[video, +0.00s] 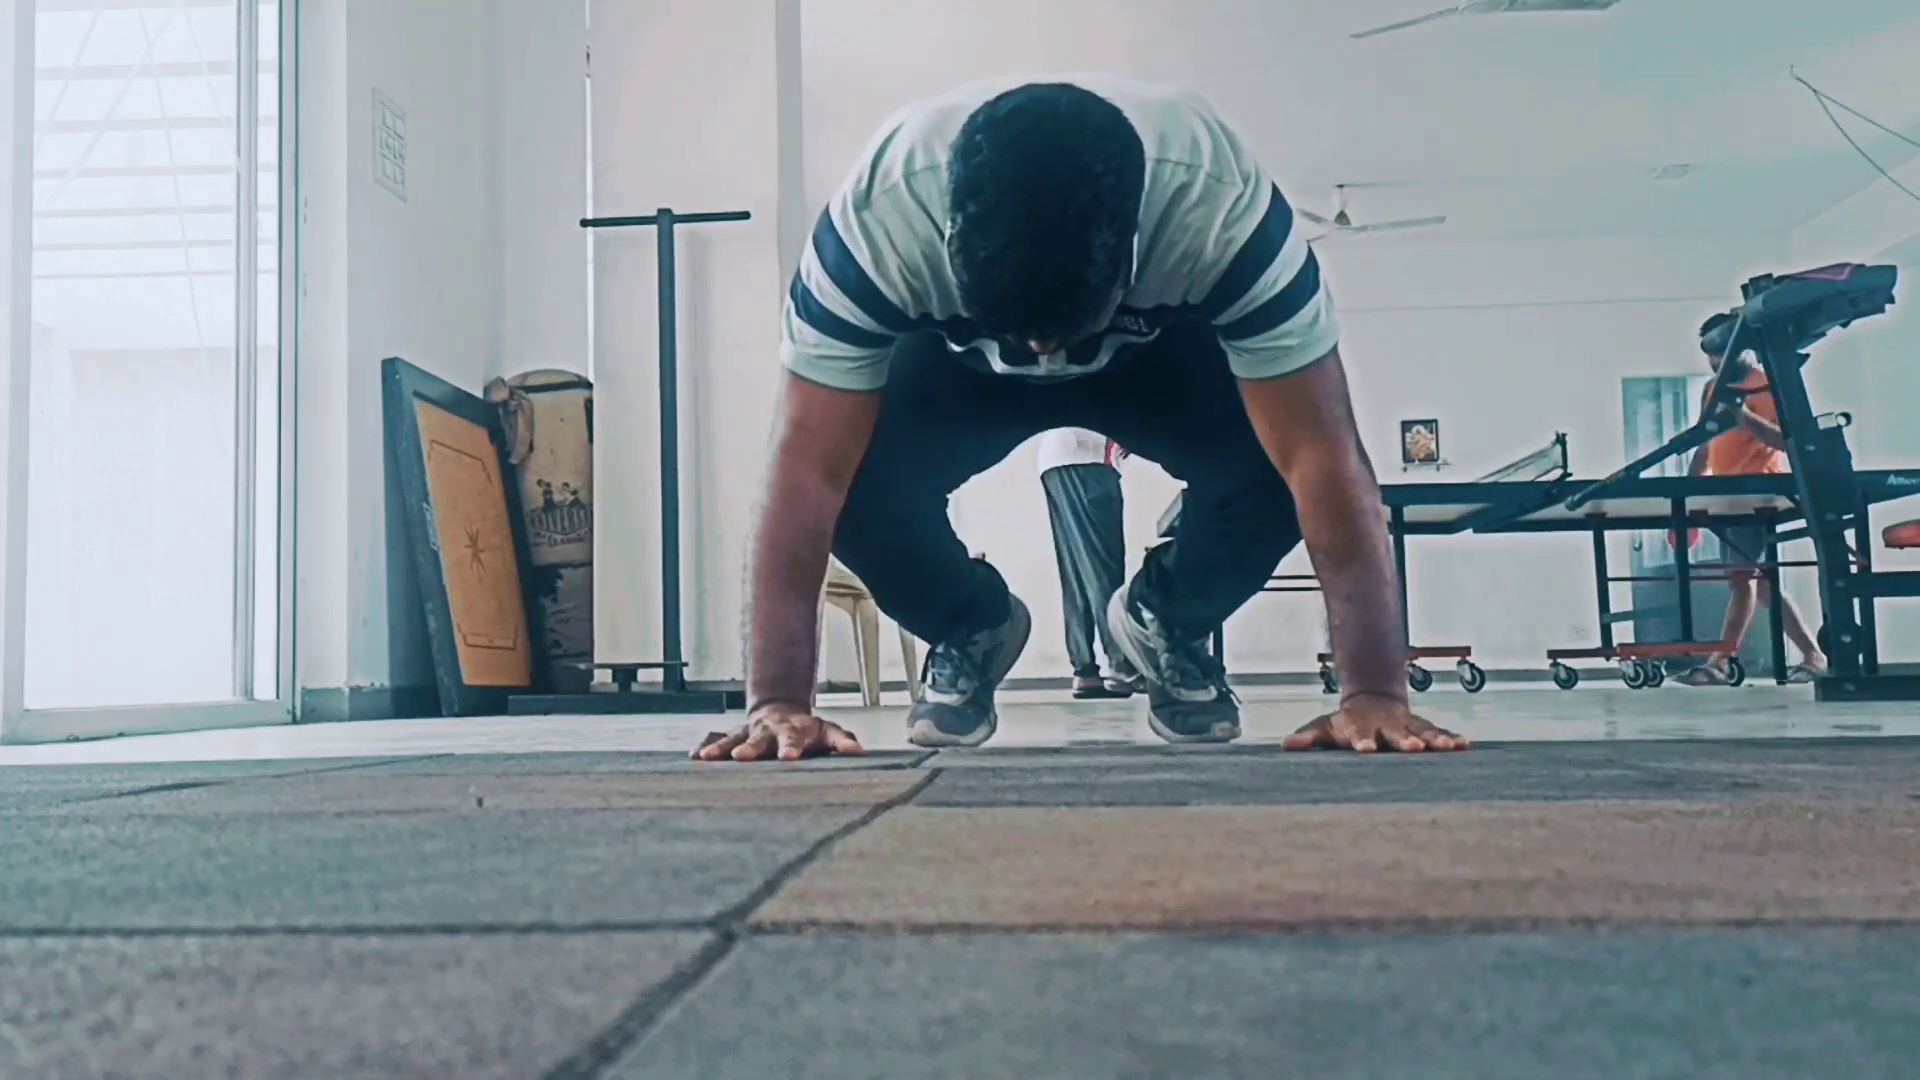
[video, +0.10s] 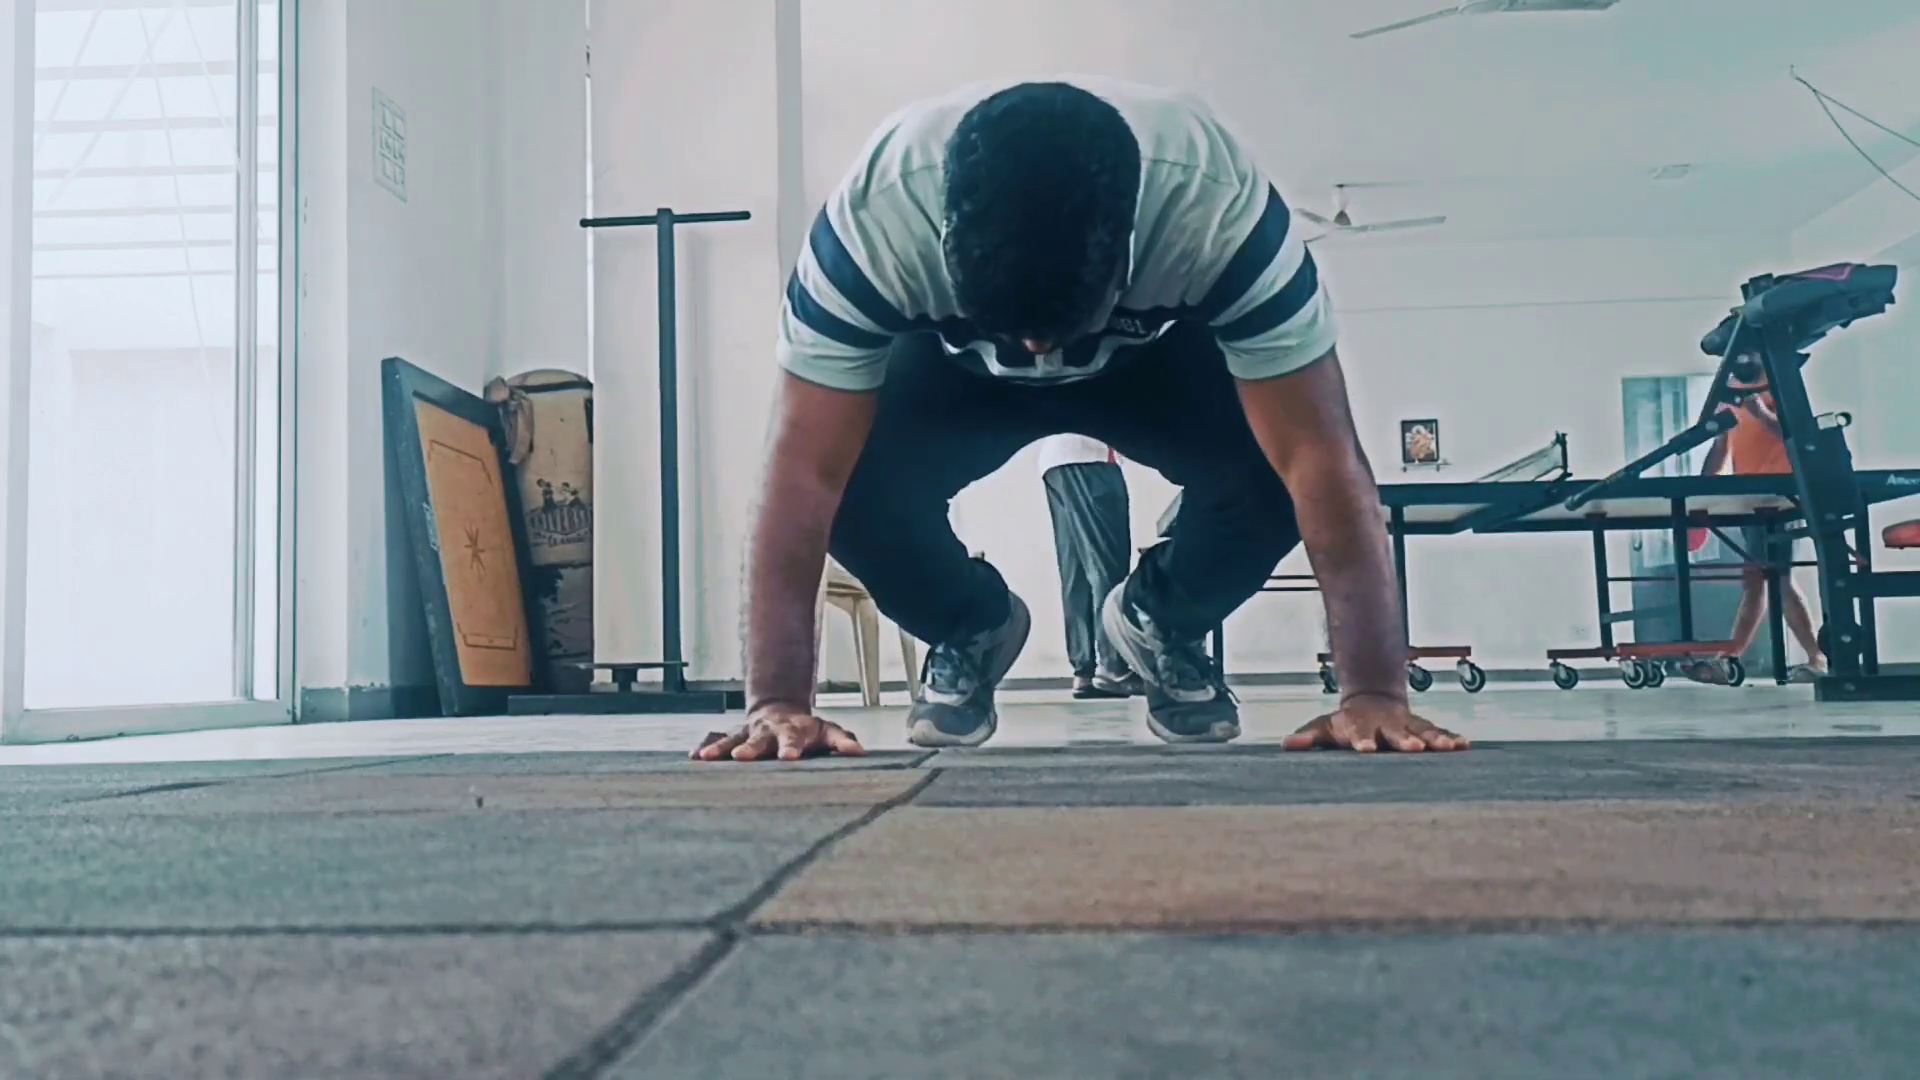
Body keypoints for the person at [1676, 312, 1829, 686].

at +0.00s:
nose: (1713, 360)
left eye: (1718, 350)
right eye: (1708, 352)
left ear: (1738, 346)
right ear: (1707, 354)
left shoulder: (1767, 382)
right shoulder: (1711, 390)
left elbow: (1791, 443)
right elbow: (1704, 452)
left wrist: (1743, 416)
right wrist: (1687, 499)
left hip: (1760, 490)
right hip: (1724, 493)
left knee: (1741, 574)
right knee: (1761, 583)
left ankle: (1720, 663)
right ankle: (1814, 655)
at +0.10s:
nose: (1746, 362)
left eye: (1752, 355)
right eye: (1739, 356)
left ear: (1766, 356)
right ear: (1730, 361)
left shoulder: (1781, 388)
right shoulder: (1730, 397)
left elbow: (1789, 432)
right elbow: (1718, 450)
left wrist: (1756, 408)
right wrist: (1701, 495)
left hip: (1779, 492)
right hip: (1747, 495)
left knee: (1754, 577)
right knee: (1780, 581)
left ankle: (1731, 659)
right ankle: (1817, 658)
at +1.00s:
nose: (1895, 335)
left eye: (1901, 326)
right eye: (1885, 327)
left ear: (1912, 322)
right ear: (1871, 325)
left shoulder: (1918, 357)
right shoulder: (1853, 365)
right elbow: (1838, 424)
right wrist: (1834, 467)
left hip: (1915, 477)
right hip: (1870, 481)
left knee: (1918, 570)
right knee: (1869, 572)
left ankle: (1916, 653)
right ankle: (1887, 652)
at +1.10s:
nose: (1903, 333)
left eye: (1909, 326)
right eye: (1895, 326)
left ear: (1918, 324)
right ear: (1878, 325)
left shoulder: (1919, 360)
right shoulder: (1858, 364)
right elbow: (1843, 421)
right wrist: (1839, 470)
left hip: (1917, 478)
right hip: (1877, 480)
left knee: (1918, 569)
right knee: (1883, 570)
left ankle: (1915, 653)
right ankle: (1902, 652)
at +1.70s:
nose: (1917, 302)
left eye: (1919, 295)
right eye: (1911, 295)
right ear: (1898, 300)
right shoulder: (1877, 349)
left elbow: (1862, 423)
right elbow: (1861, 423)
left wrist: (1870, 480)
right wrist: (1870, 480)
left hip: (1907, 474)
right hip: (1901, 476)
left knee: (1908, 570)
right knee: (1908, 570)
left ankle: (1915, 655)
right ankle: (1916, 656)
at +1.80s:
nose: (1917, 297)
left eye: (1917, 289)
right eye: (1914, 289)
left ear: (1910, 295)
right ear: (1906, 295)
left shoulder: (1886, 349)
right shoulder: (1887, 348)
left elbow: (1870, 424)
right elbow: (1870, 424)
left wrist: (1876, 485)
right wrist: (1876, 484)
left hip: (1904, 475)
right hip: (1905, 476)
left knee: (1910, 573)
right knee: (1910, 572)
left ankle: (1916, 655)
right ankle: (1915, 655)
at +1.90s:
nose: (1915, 293)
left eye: (1915, 287)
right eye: (1916, 286)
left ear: (1913, 289)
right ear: (1916, 289)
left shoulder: (1897, 345)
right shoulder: (1897, 344)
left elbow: (1886, 418)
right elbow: (1886, 418)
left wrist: (1888, 475)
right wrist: (1887, 475)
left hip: (1912, 471)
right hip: (1912, 472)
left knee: (1914, 568)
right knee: (1914, 568)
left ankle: (1918, 649)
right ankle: (1917, 649)